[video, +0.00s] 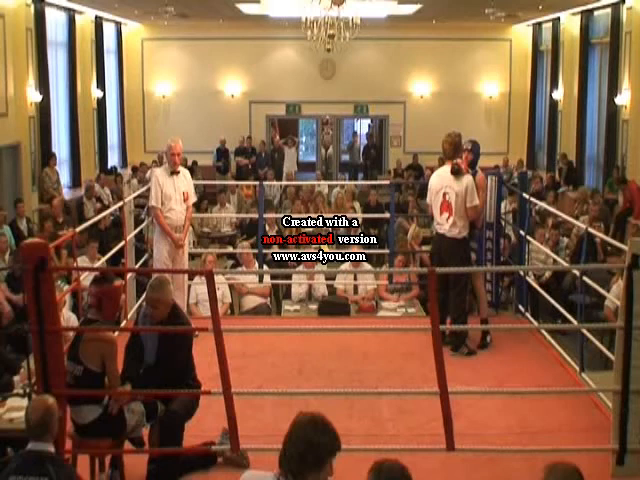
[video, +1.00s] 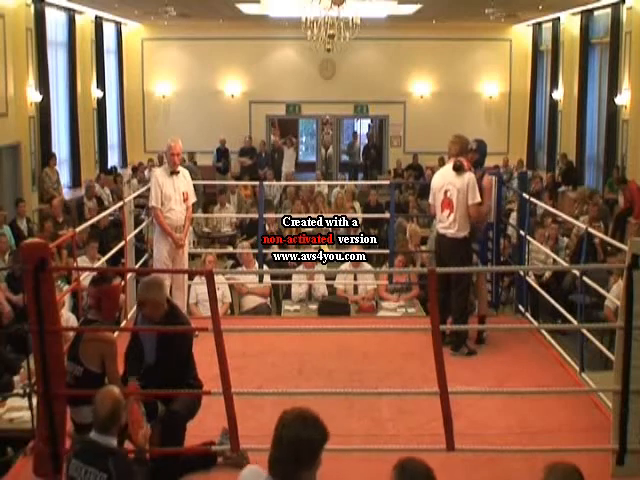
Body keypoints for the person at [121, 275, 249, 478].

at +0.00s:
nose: (152, 311)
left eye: (157, 307)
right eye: (149, 305)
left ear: (170, 303)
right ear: (145, 300)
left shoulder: (180, 326)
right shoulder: (143, 315)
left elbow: (169, 372)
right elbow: (132, 350)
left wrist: (135, 389)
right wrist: (127, 381)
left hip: (182, 389)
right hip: (151, 389)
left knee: (172, 417)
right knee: (164, 467)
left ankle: (159, 471)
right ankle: (216, 451)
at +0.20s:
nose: (152, 311)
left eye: (157, 307)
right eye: (150, 305)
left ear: (171, 303)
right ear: (146, 300)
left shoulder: (181, 326)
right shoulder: (143, 315)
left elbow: (169, 372)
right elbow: (132, 350)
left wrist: (135, 389)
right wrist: (127, 381)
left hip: (182, 389)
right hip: (151, 389)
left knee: (172, 416)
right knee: (164, 467)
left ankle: (159, 471)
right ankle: (216, 450)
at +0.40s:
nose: (152, 311)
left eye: (157, 307)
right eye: (149, 306)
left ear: (171, 303)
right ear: (146, 300)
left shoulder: (181, 326)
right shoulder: (143, 315)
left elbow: (169, 371)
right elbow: (133, 350)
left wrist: (136, 388)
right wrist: (127, 380)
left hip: (182, 389)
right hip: (152, 388)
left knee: (172, 416)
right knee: (164, 467)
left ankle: (159, 471)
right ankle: (216, 450)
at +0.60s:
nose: (149, 309)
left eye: (155, 305)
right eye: (147, 304)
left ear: (170, 302)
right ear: (144, 299)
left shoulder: (180, 326)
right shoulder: (143, 315)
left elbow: (170, 372)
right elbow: (133, 352)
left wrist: (138, 386)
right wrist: (127, 381)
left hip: (182, 389)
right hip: (151, 390)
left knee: (172, 417)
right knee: (163, 468)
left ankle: (159, 471)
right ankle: (216, 451)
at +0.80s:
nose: (141, 306)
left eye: (146, 302)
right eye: (141, 301)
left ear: (162, 302)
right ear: (141, 299)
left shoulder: (180, 326)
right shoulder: (142, 316)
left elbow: (171, 372)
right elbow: (133, 353)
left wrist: (138, 385)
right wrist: (129, 382)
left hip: (183, 389)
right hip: (151, 389)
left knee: (173, 417)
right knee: (162, 469)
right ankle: (216, 450)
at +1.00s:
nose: (143, 309)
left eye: (147, 304)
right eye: (141, 303)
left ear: (162, 303)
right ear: (140, 302)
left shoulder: (180, 326)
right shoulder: (141, 318)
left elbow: (172, 373)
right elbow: (132, 353)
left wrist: (141, 383)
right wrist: (131, 379)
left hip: (183, 388)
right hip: (151, 387)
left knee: (174, 416)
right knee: (161, 467)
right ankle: (216, 450)